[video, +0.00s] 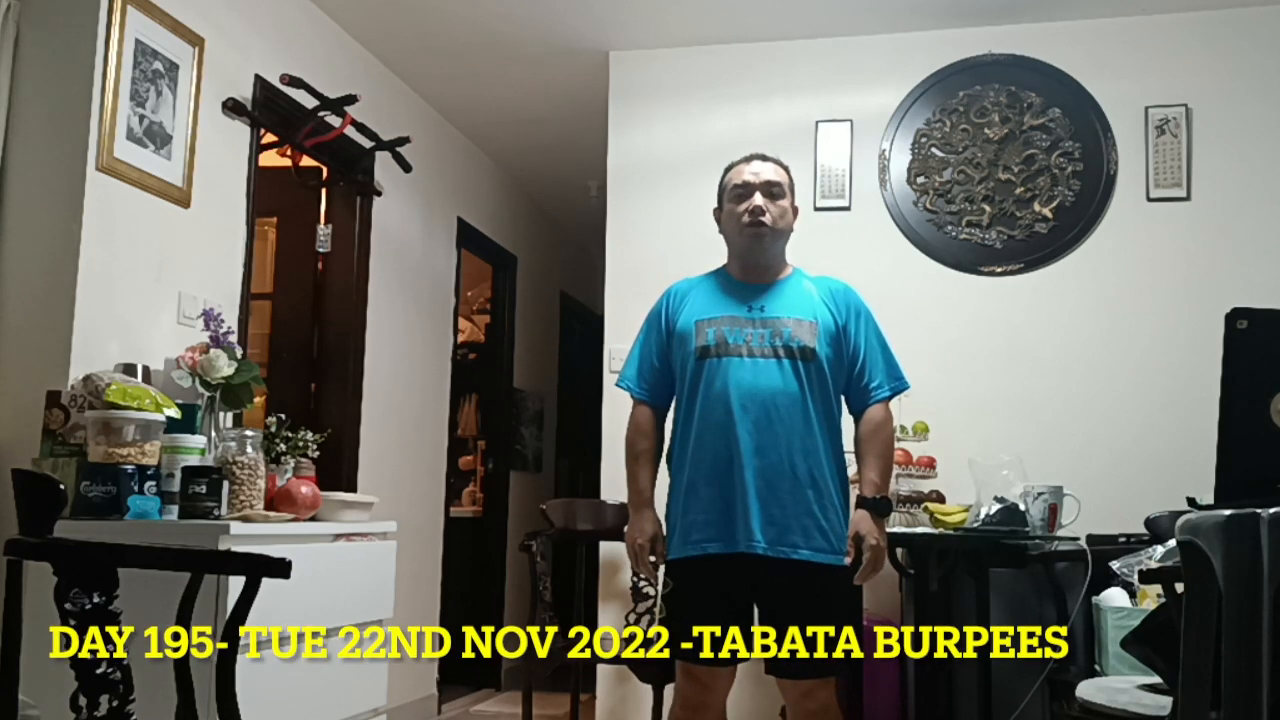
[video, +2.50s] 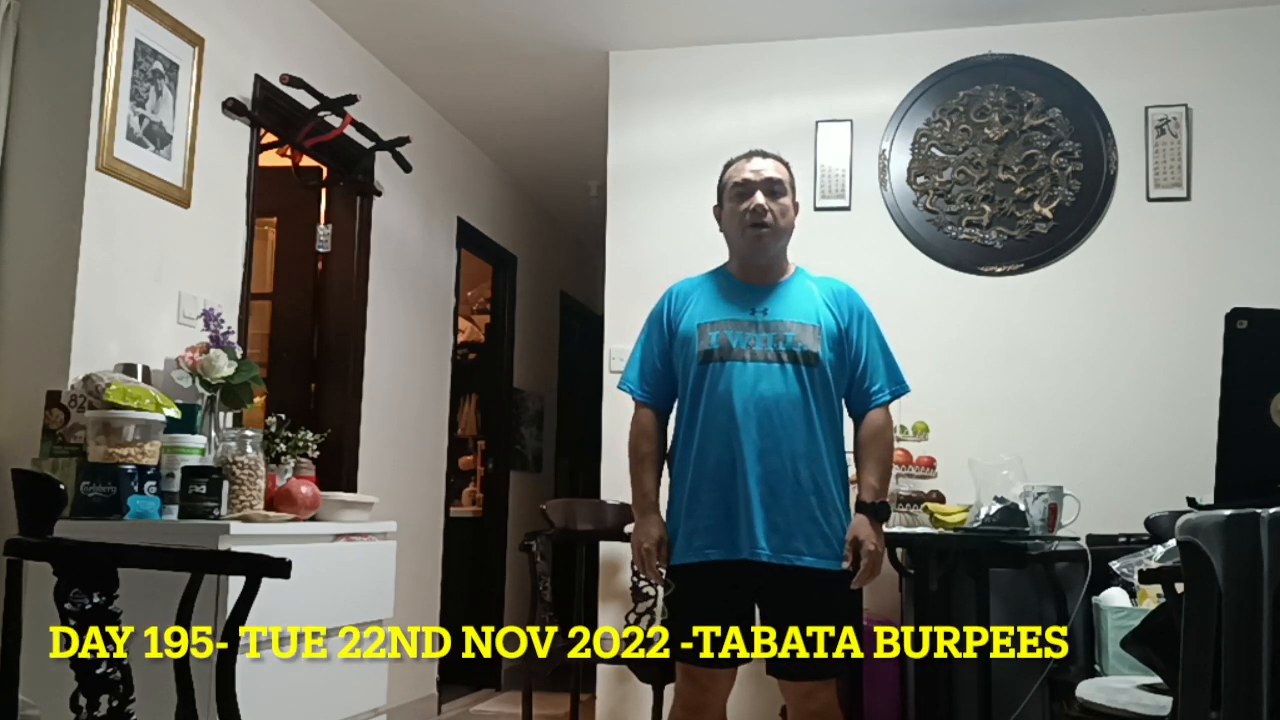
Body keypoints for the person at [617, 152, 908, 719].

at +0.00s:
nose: (757, 200)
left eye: (773, 192)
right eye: (741, 193)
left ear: (794, 216)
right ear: (719, 218)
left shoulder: (837, 302)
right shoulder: (681, 301)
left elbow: (875, 407)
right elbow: (645, 409)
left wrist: (871, 507)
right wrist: (641, 509)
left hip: (811, 541)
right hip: (704, 537)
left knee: (814, 699)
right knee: (698, 692)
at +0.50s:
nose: (757, 200)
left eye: (773, 191)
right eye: (741, 192)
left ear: (794, 215)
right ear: (719, 217)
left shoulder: (837, 302)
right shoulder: (681, 301)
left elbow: (875, 407)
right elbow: (646, 409)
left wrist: (871, 508)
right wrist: (642, 509)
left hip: (810, 542)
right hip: (704, 538)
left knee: (814, 700)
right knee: (698, 692)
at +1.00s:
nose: (757, 200)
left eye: (772, 192)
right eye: (741, 192)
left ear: (794, 215)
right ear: (719, 217)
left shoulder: (837, 303)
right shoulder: (681, 302)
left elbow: (874, 408)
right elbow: (646, 410)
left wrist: (870, 509)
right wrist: (643, 510)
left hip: (810, 542)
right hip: (704, 538)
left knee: (814, 699)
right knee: (698, 691)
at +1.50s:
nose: (761, 200)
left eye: (777, 192)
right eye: (744, 192)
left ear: (796, 216)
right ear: (721, 215)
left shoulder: (838, 303)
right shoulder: (681, 302)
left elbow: (874, 411)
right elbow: (646, 410)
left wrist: (869, 511)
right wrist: (642, 509)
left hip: (809, 544)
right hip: (704, 540)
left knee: (814, 700)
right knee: (698, 694)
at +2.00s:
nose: (760, 199)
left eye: (776, 190)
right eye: (743, 191)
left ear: (795, 215)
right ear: (719, 215)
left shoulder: (838, 303)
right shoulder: (681, 302)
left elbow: (874, 411)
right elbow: (647, 410)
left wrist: (870, 511)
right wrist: (643, 510)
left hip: (810, 544)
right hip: (705, 540)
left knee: (814, 701)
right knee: (698, 694)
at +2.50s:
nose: (758, 200)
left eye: (774, 190)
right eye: (742, 191)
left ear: (795, 213)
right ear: (719, 216)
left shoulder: (839, 304)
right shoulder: (682, 302)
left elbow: (875, 411)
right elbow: (647, 412)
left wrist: (870, 511)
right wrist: (645, 513)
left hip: (811, 545)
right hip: (706, 542)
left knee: (815, 701)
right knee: (699, 696)